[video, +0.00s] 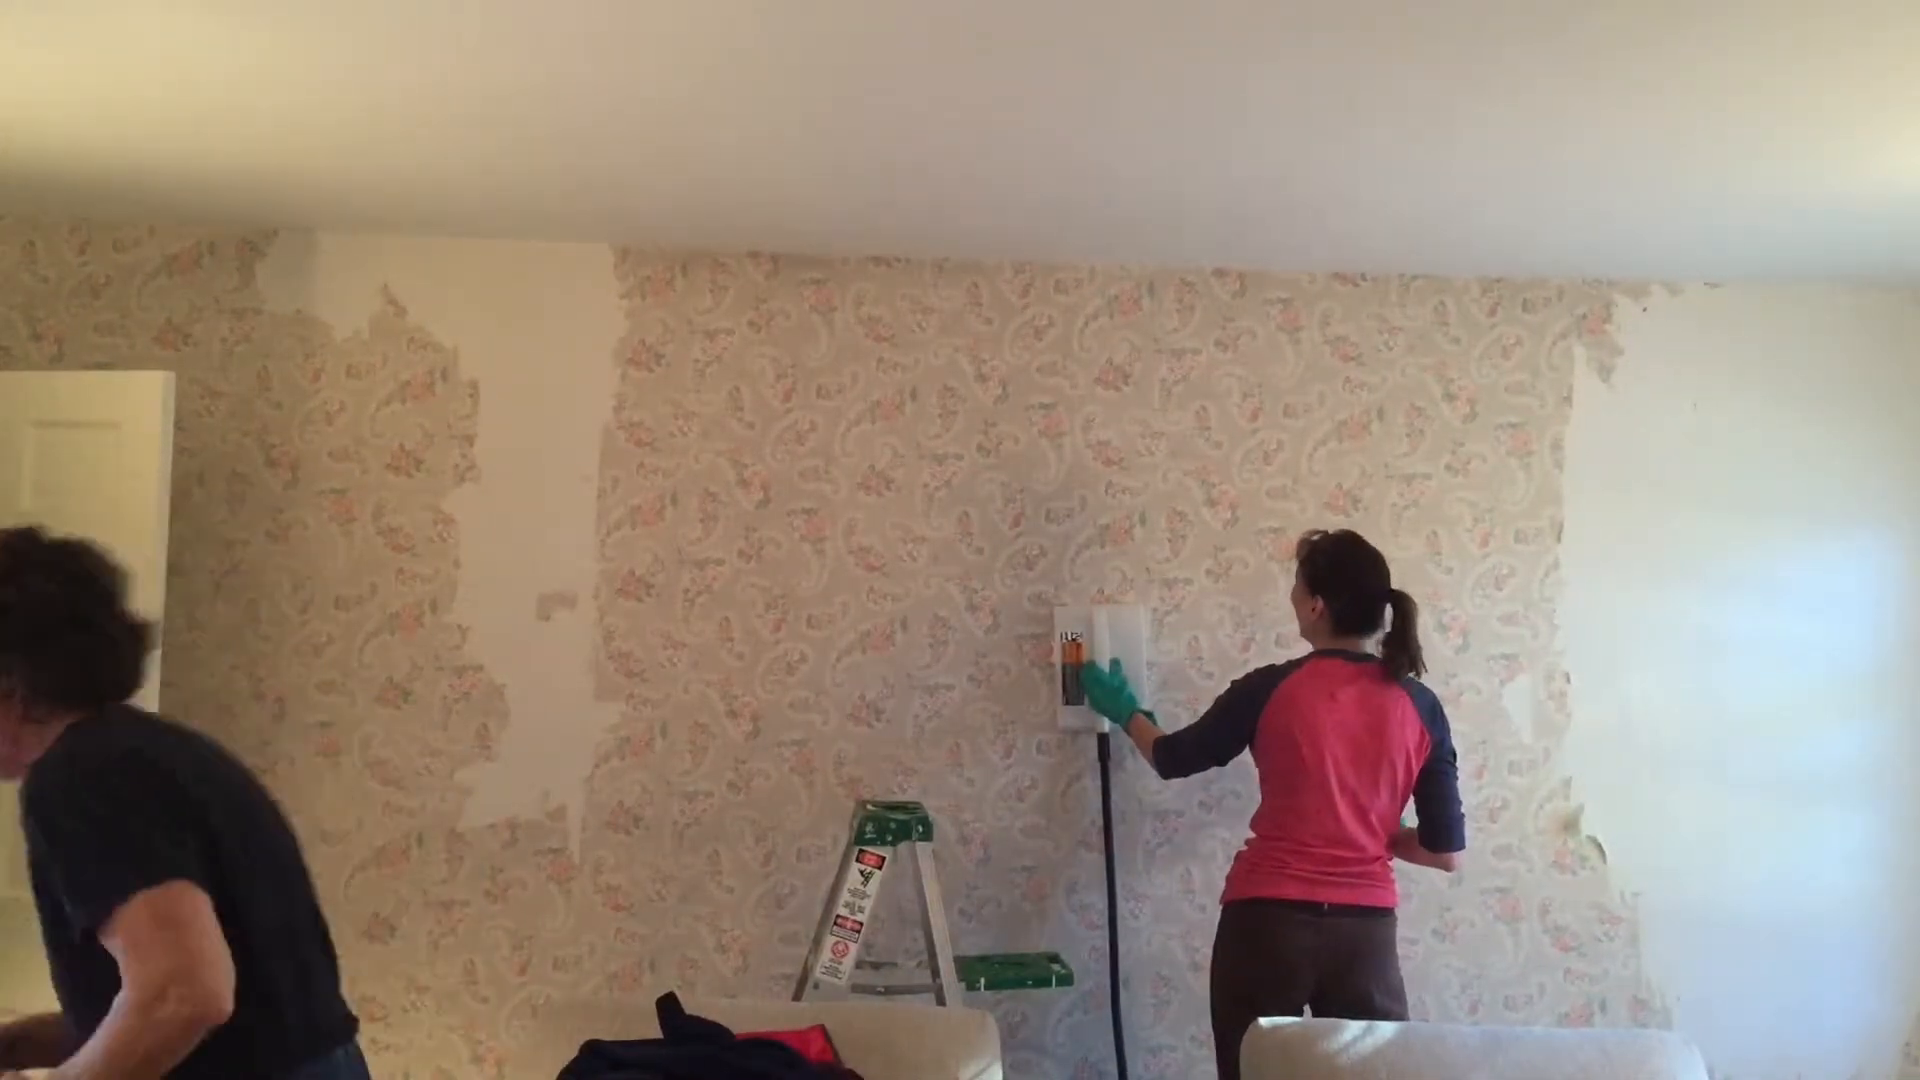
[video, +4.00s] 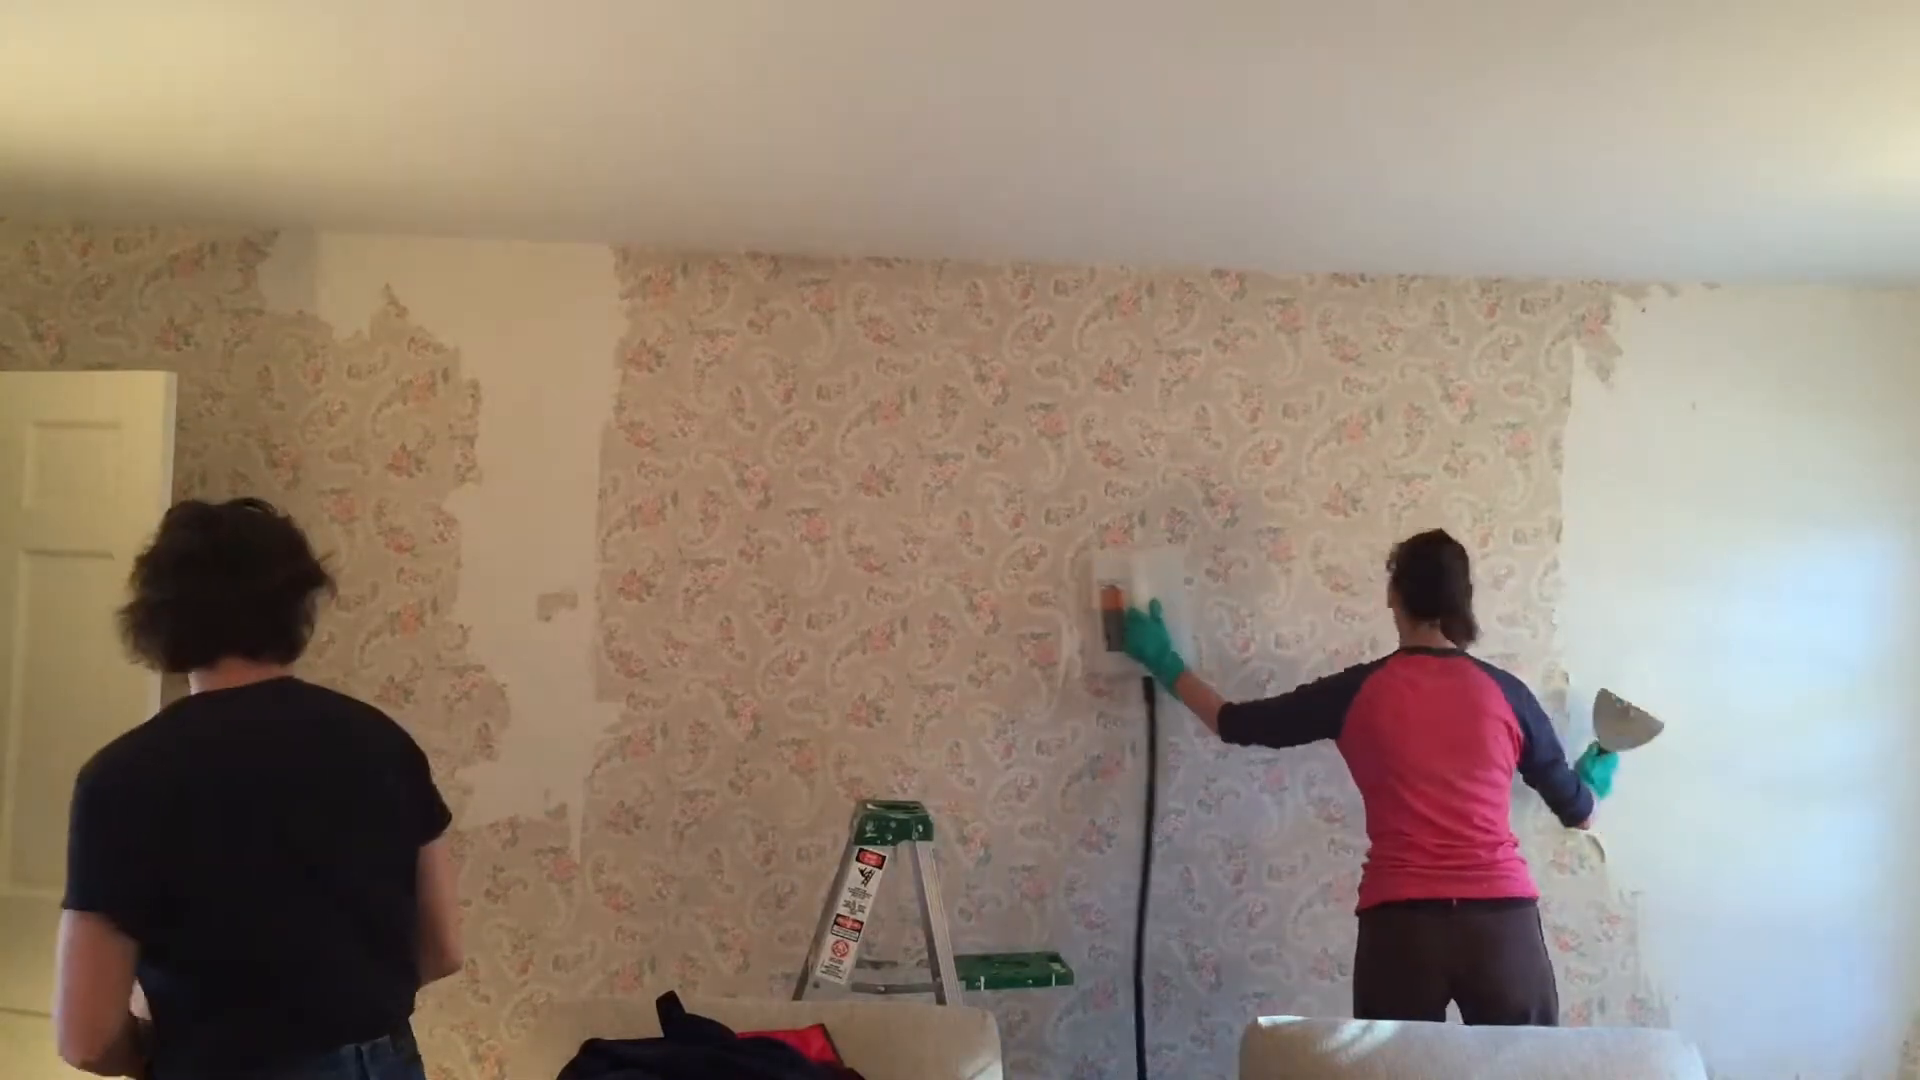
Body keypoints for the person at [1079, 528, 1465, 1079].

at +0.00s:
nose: (1293, 597)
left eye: (1298, 586)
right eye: (1297, 585)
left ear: (1316, 605)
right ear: (1376, 606)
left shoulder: (1270, 687)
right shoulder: (1421, 705)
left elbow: (1169, 758)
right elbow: (1444, 849)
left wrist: (1125, 713)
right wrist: (1373, 828)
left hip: (1263, 930)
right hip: (1365, 938)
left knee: (1248, 1074)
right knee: (1379, 1076)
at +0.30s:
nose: (1292, 599)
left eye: (1294, 590)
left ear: (1298, 602)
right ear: (1372, 608)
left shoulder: (1251, 687)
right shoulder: (1402, 701)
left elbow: (1155, 774)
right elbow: (1442, 838)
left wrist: (1124, 713)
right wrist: (1433, 770)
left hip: (1257, 927)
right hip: (1359, 933)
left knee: (1243, 1075)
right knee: (1382, 1075)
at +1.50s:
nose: (1218, 622)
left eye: (1221, 609)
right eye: (1216, 609)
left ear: (1257, 613)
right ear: (1296, 607)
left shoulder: (1239, 690)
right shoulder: (1374, 688)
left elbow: (1164, 750)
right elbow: (1418, 799)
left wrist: (1135, 672)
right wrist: (1430, 755)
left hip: (1261, 923)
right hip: (1359, 925)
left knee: (1247, 1074)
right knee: (1384, 1073)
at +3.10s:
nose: (1282, 618)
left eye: (1289, 601)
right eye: (1282, 601)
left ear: (1332, 604)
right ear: (1339, 604)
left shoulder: (1295, 687)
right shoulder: (1434, 694)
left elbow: (1182, 718)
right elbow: (1500, 820)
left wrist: (1130, 659)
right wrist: (1485, 769)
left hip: (1298, 931)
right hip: (1402, 939)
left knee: (1276, 1067)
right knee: (1431, 1075)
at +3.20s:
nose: (1303, 616)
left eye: (1310, 600)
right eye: (1304, 600)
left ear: (1353, 604)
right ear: (1369, 603)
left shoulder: (1314, 686)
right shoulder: (1458, 693)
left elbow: (1194, 710)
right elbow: (1529, 818)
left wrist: (1128, 655)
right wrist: (1533, 784)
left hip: (1324, 928)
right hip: (1428, 935)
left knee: (1292, 1073)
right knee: (1453, 1076)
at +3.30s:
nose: (1330, 617)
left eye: (1334, 603)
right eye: (1329, 603)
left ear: (1373, 604)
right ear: (1401, 605)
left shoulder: (1336, 687)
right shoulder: (1481, 695)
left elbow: (1211, 706)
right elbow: (1556, 814)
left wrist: (1137, 658)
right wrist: (1578, 797)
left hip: (1357, 933)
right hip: (1461, 938)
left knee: (1319, 1069)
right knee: (1483, 1074)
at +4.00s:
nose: (1387, 597)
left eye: (1389, 585)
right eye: (1394, 582)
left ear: (1395, 597)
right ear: (1464, 600)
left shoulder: (1357, 690)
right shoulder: (1506, 693)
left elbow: (1232, 723)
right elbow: (1576, 808)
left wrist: (1163, 659)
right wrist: (1593, 779)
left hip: (1397, 933)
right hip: (1502, 931)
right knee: (1531, 1079)